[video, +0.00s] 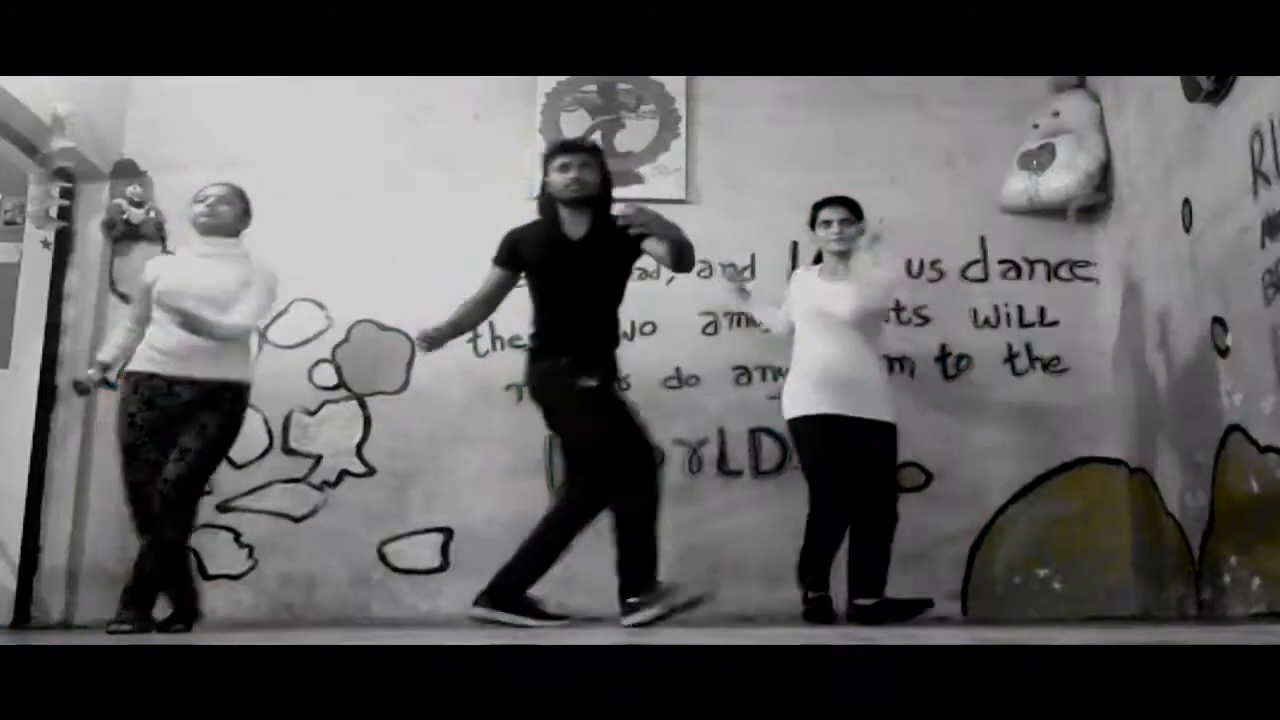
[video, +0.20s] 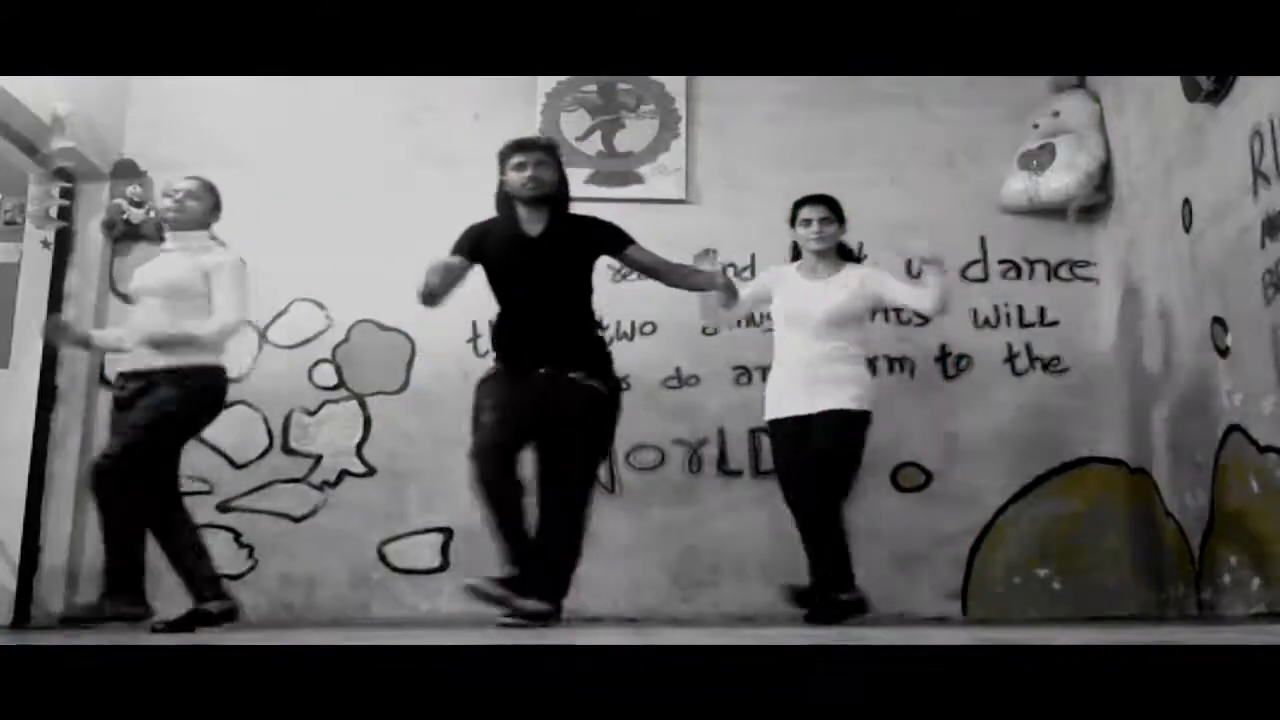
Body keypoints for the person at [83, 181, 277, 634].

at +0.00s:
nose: (208, 203)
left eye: (222, 199)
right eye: (201, 199)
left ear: (242, 219)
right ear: (190, 213)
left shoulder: (257, 272)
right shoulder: (161, 265)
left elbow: (242, 328)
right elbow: (133, 323)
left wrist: (194, 320)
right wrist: (103, 364)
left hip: (216, 392)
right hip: (149, 387)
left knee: (173, 494)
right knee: (145, 499)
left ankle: (134, 608)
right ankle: (185, 604)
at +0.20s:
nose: (176, 199)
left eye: (191, 195)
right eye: (170, 193)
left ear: (210, 215)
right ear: (159, 207)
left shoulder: (222, 259)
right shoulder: (151, 264)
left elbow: (228, 325)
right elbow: (131, 338)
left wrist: (168, 334)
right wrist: (81, 336)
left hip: (191, 381)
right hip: (139, 384)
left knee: (113, 472)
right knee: (158, 496)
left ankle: (124, 599)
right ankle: (213, 599)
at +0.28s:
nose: (161, 201)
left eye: (176, 199)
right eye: (157, 196)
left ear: (197, 219)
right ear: (146, 207)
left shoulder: (208, 262)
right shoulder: (125, 270)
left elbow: (255, 314)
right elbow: (99, 329)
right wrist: (47, 318)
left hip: (167, 382)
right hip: (137, 384)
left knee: (93, 489)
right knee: (166, 502)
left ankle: (79, 606)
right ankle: (220, 606)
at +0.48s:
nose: (141, 202)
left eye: (156, 198)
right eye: (137, 197)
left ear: (180, 219)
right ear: (127, 211)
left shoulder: (191, 264)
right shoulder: (105, 264)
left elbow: (239, 312)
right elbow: (61, 313)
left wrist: (261, 333)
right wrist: (25, 342)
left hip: (147, 379)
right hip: (98, 381)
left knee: (77, 484)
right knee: (97, 496)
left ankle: (86, 608)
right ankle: (188, 583)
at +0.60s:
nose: (135, 203)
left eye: (150, 199)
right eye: (132, 199)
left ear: (175, 218)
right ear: (125, 213)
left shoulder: (194, 267)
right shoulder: (100, 268)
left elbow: (216, 335)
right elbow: (70, 330)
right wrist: (42, 374)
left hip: (148, 381)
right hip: (87, 380)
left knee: (84, 478)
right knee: (71, 482)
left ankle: (131, 601)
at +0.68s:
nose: (216, 239)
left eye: (228, 235)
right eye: (212, 235)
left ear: (249, 250)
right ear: (205, 249)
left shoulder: (262, 289)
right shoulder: (193, 297)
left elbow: (261, 343)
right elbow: (176, 350)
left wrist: (205, 340)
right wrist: (145, 388)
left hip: (228, 390)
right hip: (178, 387)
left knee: (174, 462)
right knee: (162, 466)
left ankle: (207, 566)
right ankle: (167, 566)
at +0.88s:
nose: (219, 238)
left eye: (231, 234)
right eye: (216, 233)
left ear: (252, 247)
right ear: (209, 243)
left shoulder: (268, 286)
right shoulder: (196, 292)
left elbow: (290, 339)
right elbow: (181, 343)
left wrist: (263, 369)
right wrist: (144, 372)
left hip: (239, 384)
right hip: (194, 384)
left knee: (148, 439)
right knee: (198, 475)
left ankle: (192, 526)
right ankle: (213, 568)